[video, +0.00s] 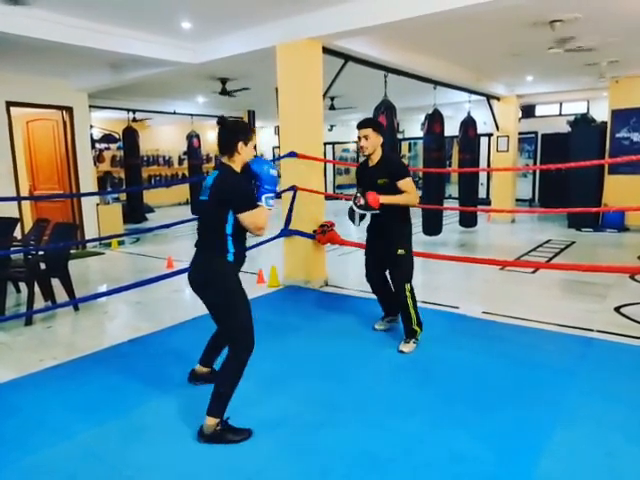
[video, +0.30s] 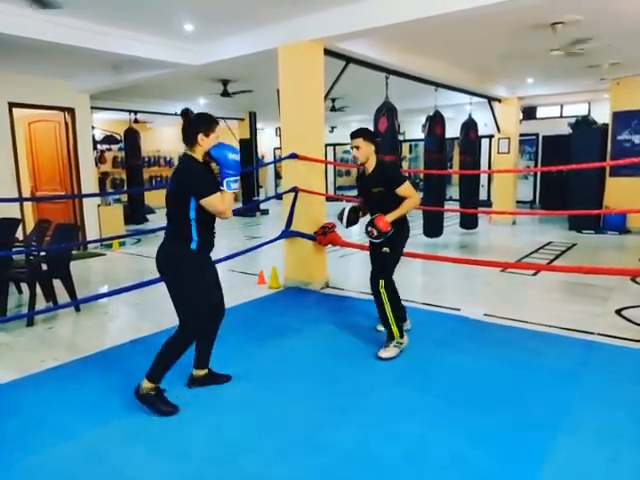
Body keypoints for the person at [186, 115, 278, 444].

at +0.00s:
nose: (254, 151)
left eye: (254, 145)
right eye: (252, 145)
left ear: (228, 147)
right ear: (240, 147)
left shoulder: (214, 176)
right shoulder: (234, 181)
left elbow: (246, 218)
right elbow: (259, 224)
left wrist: (259, 189)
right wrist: (267, 189)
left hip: (202, 269)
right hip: (219, 274)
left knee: (231, 322)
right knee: (243, 343)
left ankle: (203, 368)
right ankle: (213, 423)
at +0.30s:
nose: (218, 142)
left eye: (217, 137)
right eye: (215, 136)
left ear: (196, 138)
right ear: (202, 138)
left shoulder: (199, 168)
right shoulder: (192, 171)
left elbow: (222, 204)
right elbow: (224, 210)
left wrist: (225, 184)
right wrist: (227, 176)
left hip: (197, 255)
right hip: (180, 257)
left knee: (215, 311)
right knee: (193, 323)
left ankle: (201, 371)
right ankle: (149, 386)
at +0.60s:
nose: (202, 150)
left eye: (202, 145)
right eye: (199, 145)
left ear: (184, 147)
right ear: (183, 146)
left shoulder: (193, 174)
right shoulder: (170, 177)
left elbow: (214, 209)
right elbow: (199, 213)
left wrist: (216, 180)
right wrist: (211, 183)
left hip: (190, 256)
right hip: (166, 259)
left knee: (217, 301)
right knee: (168, 326)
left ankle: (215, 347)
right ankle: (136, 387)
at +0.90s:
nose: (203, 150)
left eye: (203, 145)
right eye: (199, 145)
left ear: (192, 146)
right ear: (183, 147)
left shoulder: (200, 170)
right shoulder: (173, 176)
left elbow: (222, 203)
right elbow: (201, 210)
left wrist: (225, 175)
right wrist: (209, 177)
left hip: (201, 249)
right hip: (176, 252)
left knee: (221, 299)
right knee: (179, 314)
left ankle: (214, 350)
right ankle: (148, 361)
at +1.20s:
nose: (210, 154)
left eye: (210, 149)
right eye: (205, 150)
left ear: (197, 153)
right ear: (189, 154)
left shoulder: (213, 176)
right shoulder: (177, 184)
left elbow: (249, 188)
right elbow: (186, 220)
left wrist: (262, 173)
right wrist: (199, 190)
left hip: (214, 251)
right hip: (184, 255)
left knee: (247, 292)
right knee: (181, 313)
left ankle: (255, 334)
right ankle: (157, 359)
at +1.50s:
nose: (238, 149)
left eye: (238, 144)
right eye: (233, 145)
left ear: (235, 146)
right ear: (217, 148)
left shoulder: (236, 172)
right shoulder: (211, 174)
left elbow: (252, 206)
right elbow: (238, 204)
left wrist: (262, 185)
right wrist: (245, 175)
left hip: (237, 243)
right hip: (213, 245)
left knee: (255, 290)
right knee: (208, 300)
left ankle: (264, 335)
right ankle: (177, 340)